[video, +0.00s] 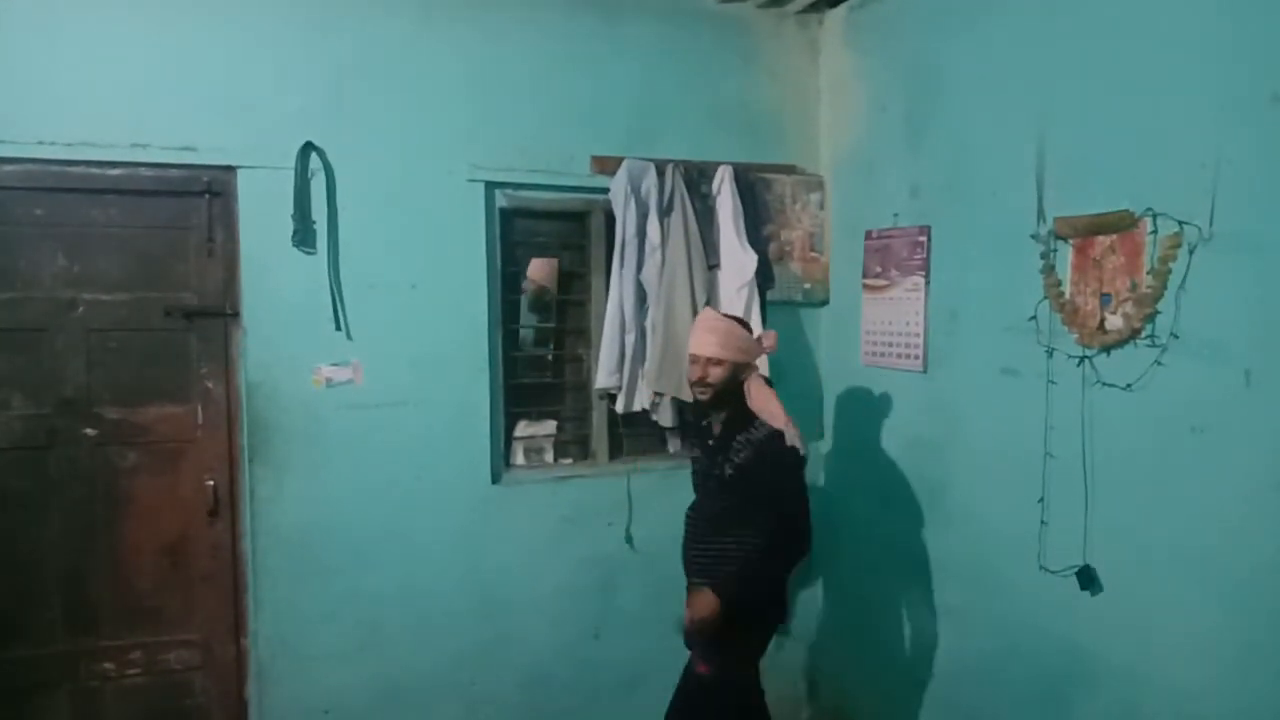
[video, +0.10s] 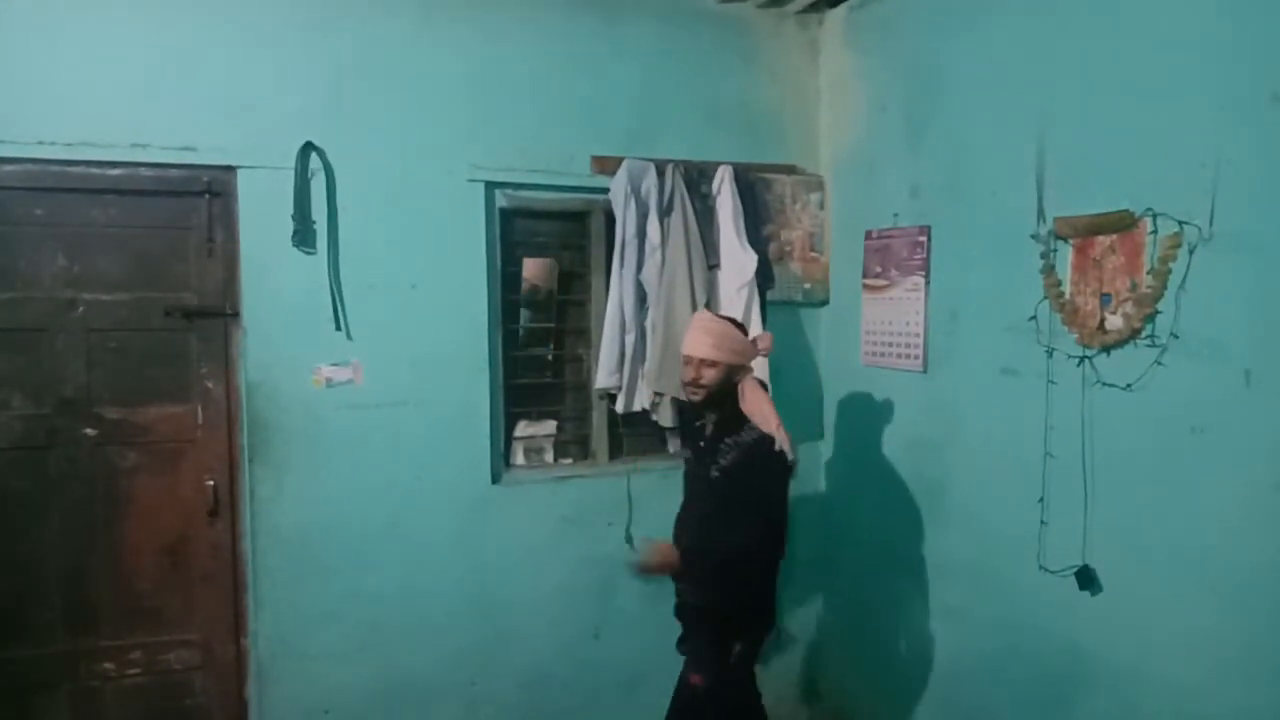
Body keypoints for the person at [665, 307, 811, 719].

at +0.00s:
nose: (700, 374)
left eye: (715, 364)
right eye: (694, 361)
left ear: (742, 370)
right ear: (687, 361)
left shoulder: (770, 439)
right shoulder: (707, 422)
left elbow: (788, 540)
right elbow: (706, 512)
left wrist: (722, 594)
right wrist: (695, 582)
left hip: (748, 603)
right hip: (712, 593)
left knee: (689, 708)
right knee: (738, 703)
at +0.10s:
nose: (694, 375)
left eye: (708, 365)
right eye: (688, 363)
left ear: (736, 372)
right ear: (680, 362)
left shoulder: (760, 446)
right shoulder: (704, 425)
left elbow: (756, 550)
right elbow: (702, 511)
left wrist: (686, 557)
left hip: (734, 616)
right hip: (702, 605)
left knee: (689, 710)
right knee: (735, 705)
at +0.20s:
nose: (685, 378)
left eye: (700, 369)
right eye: (679, 366)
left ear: (729, 376)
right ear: (672, 365)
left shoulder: (749, 450)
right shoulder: (697, 428)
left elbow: (729, 546)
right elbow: (690, 522)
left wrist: (659, 529)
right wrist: (670, 601)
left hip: (720, 623)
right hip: (691, 612)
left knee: (687, 710)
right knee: (728, 710)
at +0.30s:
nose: (669, 389)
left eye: (681, 378)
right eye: (665, 378)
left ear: (714, 380)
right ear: (661, 376)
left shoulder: (737, 455)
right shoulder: (688, 438)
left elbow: (719, 557)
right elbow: (676, 537)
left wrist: (638, 531)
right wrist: (648, 606)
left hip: (706, 627)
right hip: (675, 619)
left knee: (675, 709)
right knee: (704, 710)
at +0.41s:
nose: (662, 385)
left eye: (676, 374)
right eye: (657, 372)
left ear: (708, 378)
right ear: (651, 372)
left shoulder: (730, 454)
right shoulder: (681, 441)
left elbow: (693, 539)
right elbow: (659, 538)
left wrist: (625, 511)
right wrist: (616, 598)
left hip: (696, 637)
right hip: (663, 630)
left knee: (669, 710)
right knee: (665, 708)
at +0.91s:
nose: (653, 391)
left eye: (668, 382)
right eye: (652, 378)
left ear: (702, 393)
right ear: (646, 377)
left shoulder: (738, 466)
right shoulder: (660, 450)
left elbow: (749, 569)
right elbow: (629, 520)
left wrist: (665, 605)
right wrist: (597, 553)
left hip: (715, 635)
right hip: (665, 628)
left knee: (682, 711)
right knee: (665, 708)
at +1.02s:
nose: (662, 398)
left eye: (676, 388)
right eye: (658, 386)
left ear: (711, 391)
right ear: (651, 383)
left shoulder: (748, 460)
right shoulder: (667, 448)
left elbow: (754, 556)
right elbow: (626, 512)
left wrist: (662, 547)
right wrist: (597, 522)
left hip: (715, 633)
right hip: (665, 626)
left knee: (682, 710)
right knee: (666, 707)